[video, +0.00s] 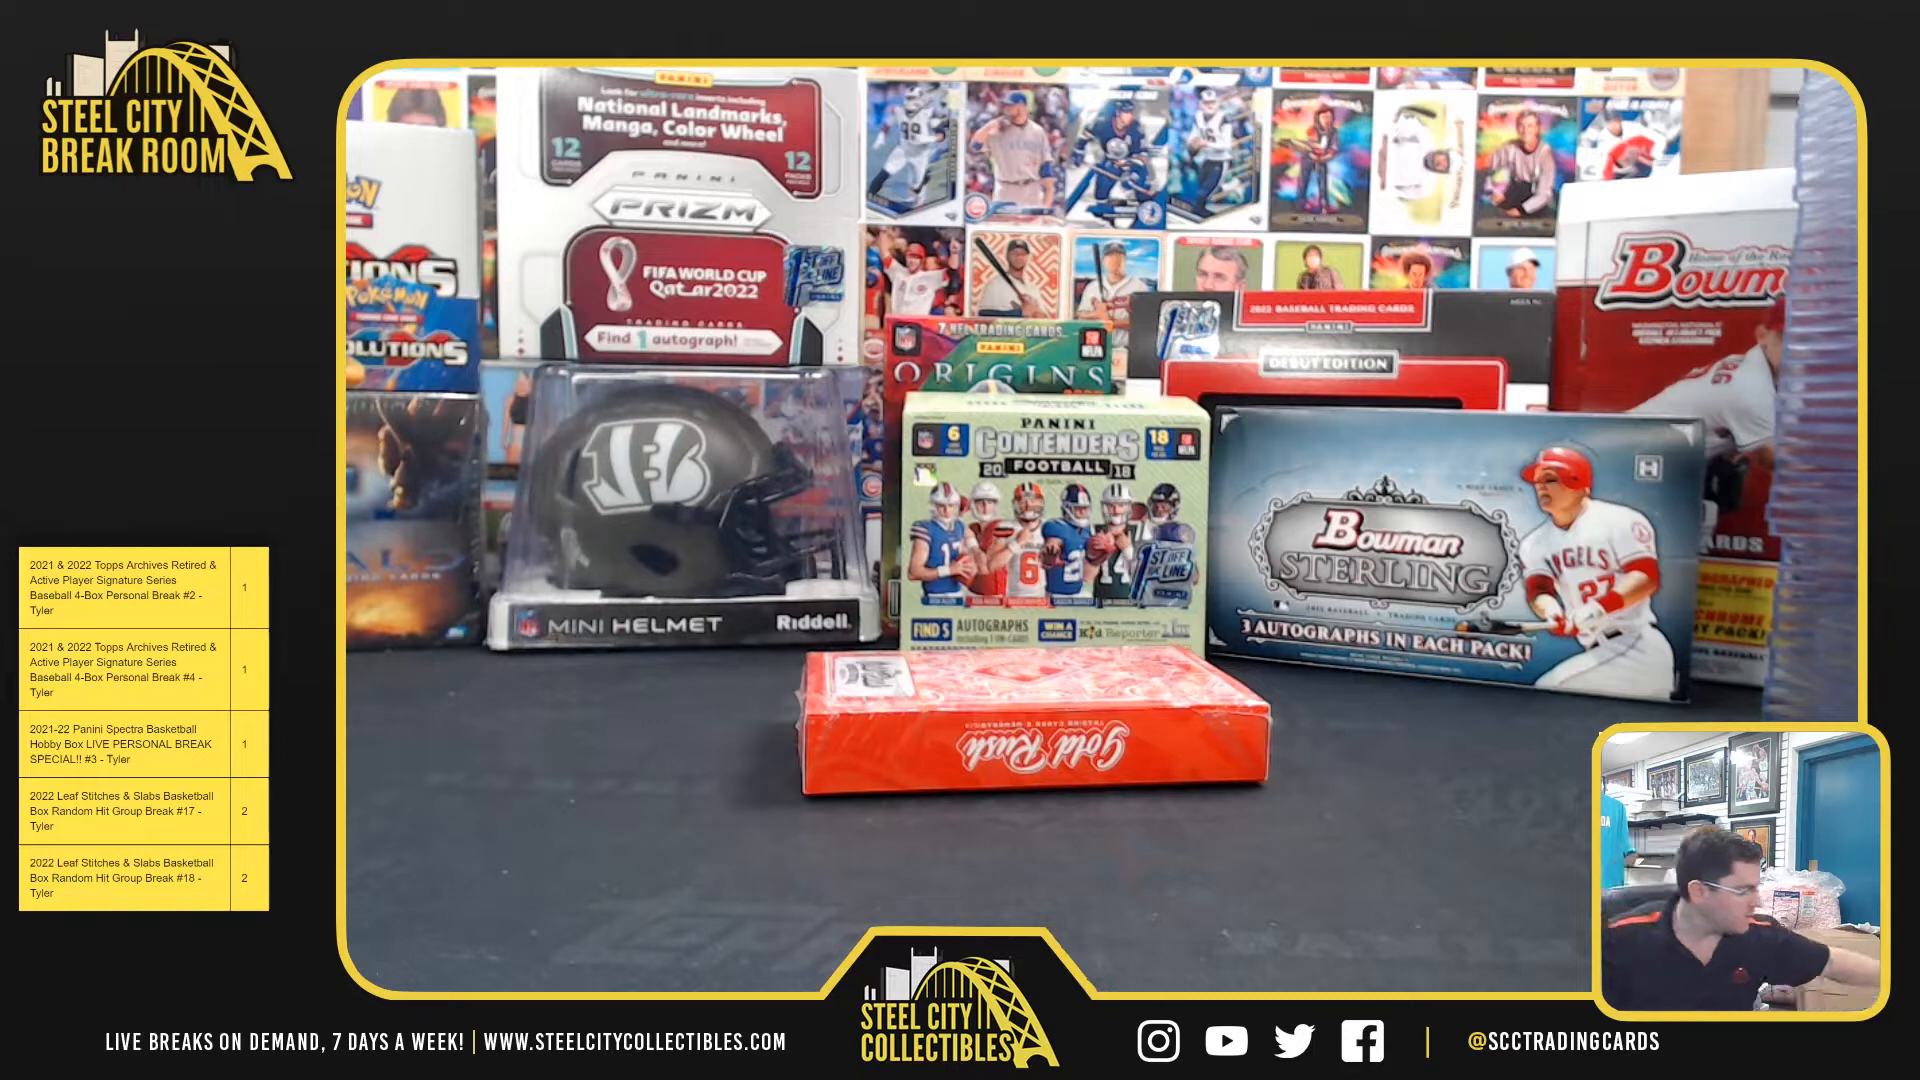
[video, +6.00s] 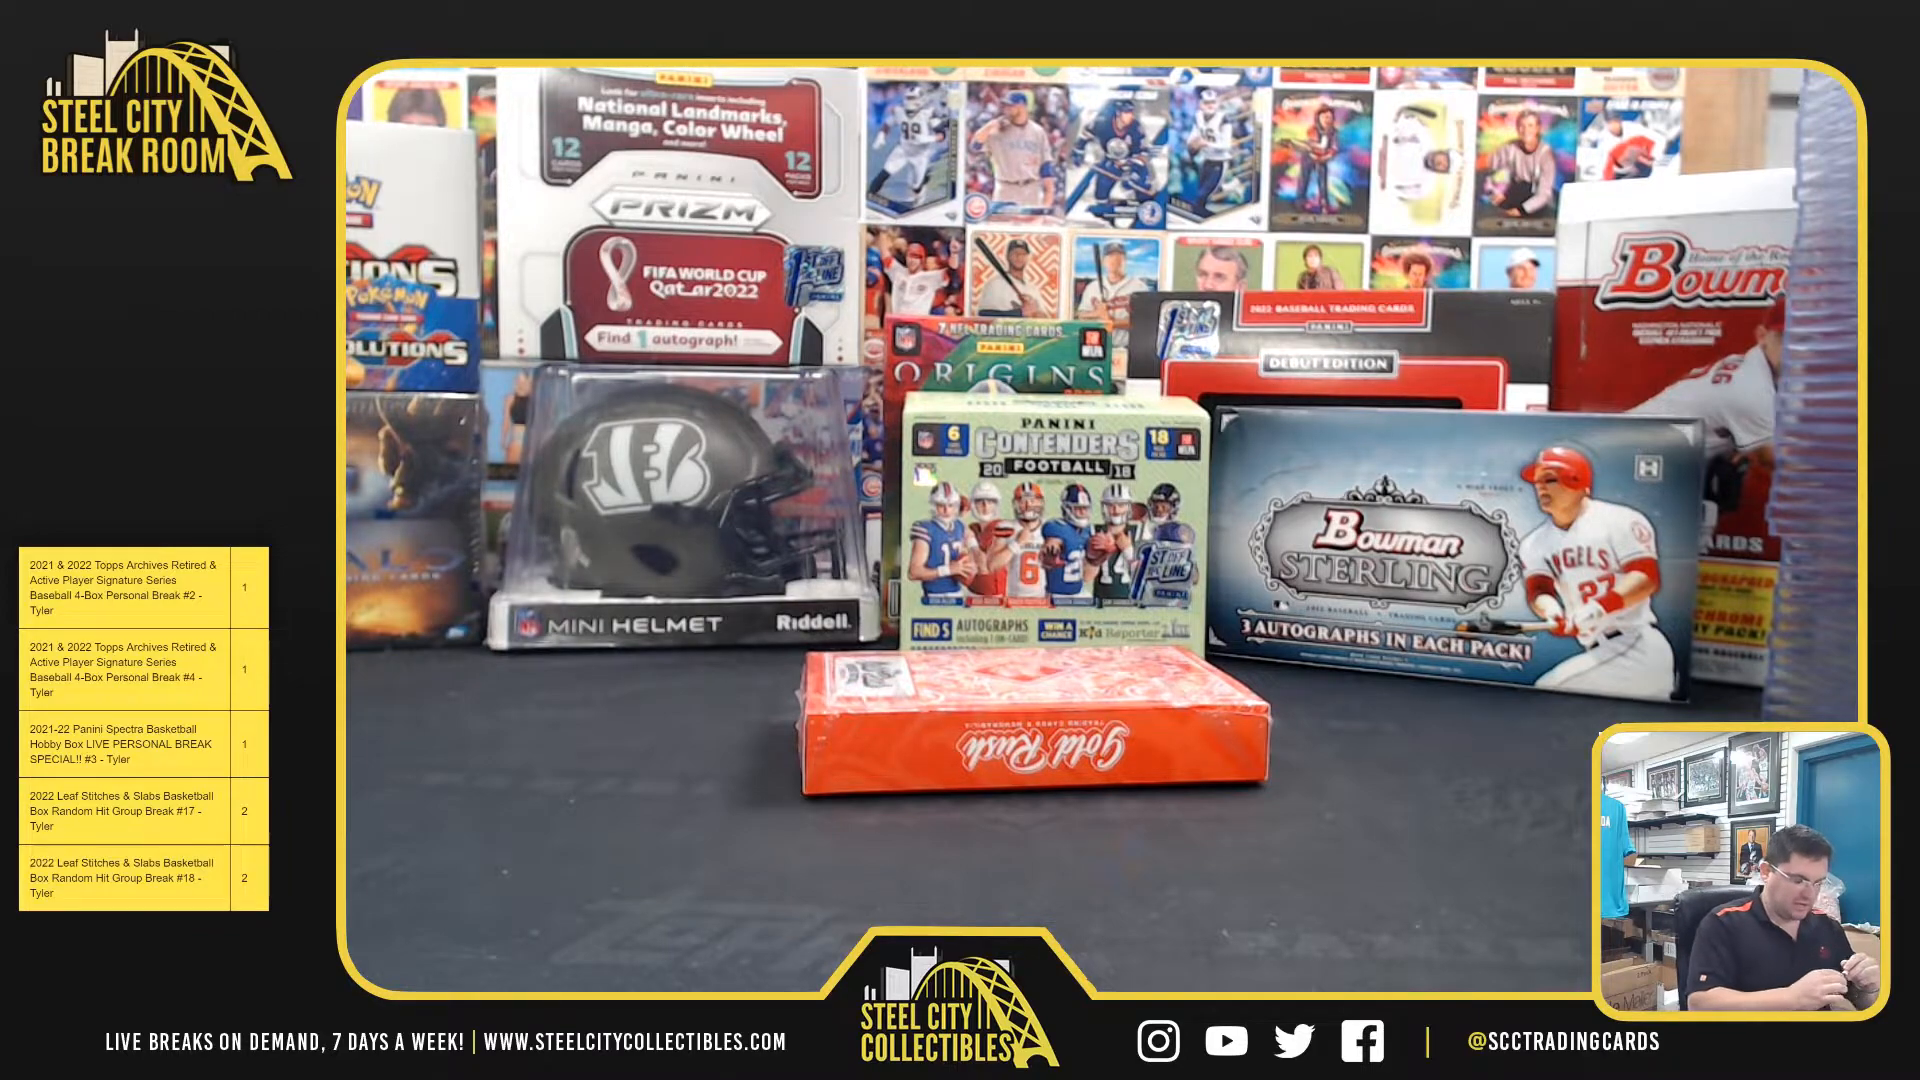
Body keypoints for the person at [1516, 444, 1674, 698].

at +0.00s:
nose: (1540, 489)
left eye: (1550, 480)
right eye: (1537, 483)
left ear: (1578, 485)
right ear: (1533, 488)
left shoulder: (1624, 522)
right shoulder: (1534, 545)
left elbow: (1646, 577)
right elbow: (1539, 591)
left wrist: (1600, 607)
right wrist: (1553, 614)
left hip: (1638, 647)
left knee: (1546, 693)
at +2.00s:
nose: (1540, 489)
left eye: (1550, 480)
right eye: (1537, 483)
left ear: (1579, 485)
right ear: (1533, 487)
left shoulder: (1624, 521)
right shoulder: (1534, 545)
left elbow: (1646, 577)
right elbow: (1538, 591)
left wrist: (1600, 607)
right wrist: (1554, 614)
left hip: (1638, 647)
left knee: (1545, 693)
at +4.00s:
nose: (1540, 490)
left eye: (1550, 481)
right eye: (1537, 483)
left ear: (1578, 484)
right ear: (1533, 488)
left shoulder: (1624, 521)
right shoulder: (1534, 545)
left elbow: (1646, 577)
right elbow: (1538, 591)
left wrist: (1599, 608)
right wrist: (1554, 614)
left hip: (1638, 648)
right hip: (1599, 651)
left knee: (1546, 692)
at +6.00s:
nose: (1540, 490)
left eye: (1549, 481)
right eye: (1537, 483)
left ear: (1578, 484)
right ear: (1533, 487)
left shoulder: (1624, 521)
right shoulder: (1534, 545)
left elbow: (1646, 577)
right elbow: (1538, 591)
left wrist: (1599, 608)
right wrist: (1553, 613)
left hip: (1638, 648)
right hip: (1599, 652)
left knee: (1546, 692)